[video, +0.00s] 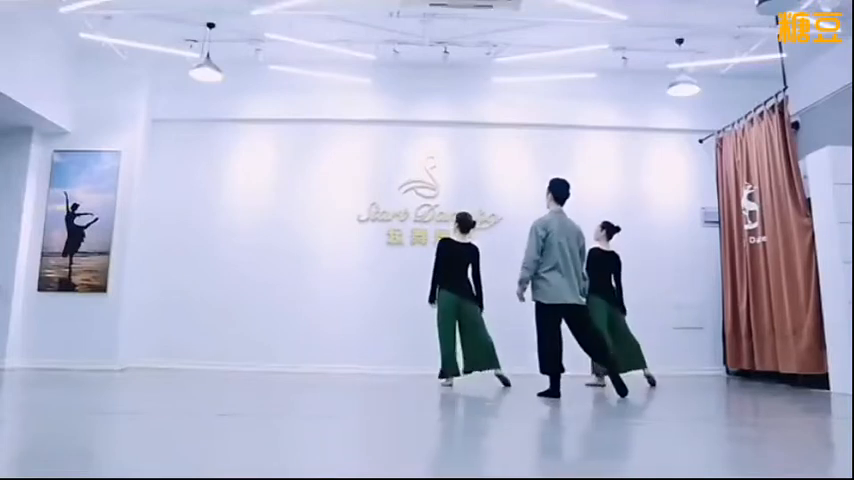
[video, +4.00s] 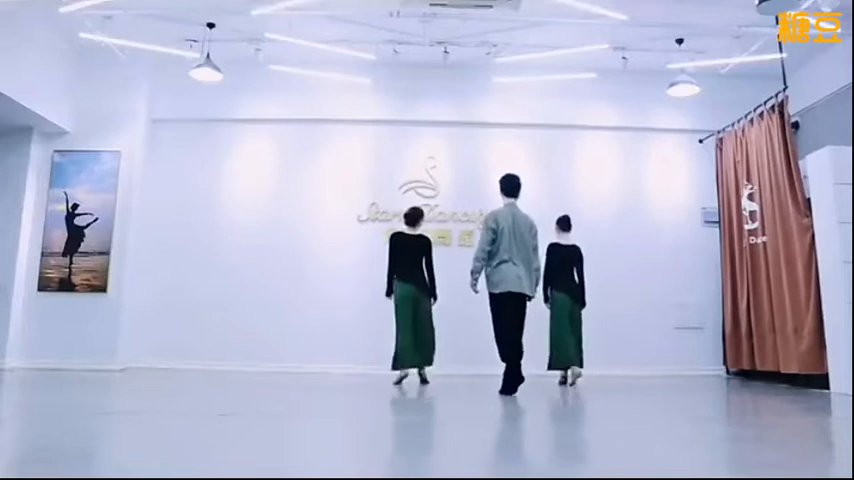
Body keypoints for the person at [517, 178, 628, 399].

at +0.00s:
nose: (545, 197)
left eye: (546, 193)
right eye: (548, 193)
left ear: (549, 195)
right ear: (565, 198)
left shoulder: (541, 225)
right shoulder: (576, 229)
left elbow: (531, 259)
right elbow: (581, 265)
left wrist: (522, 283)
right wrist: (581, 290)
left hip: (547, 295)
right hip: (572, 294)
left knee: (550, 342)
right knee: (589, 337)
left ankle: (554, 387)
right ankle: (614, 374)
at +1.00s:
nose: (541, 196)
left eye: (540, 193)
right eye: (551, 193)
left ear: (539, 195)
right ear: (559, 196)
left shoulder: (530, 226)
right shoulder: (568, 228)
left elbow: (523, 260)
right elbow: (578, 264)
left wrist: (517, 285)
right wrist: (581, 290)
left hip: (542, 296)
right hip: (568, 295)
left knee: (548, 343)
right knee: (589, 338)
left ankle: (554, 387)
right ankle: (611, 376)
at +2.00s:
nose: (541, 197)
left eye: (539, 193)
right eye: (551, 193)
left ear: (537, 196)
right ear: (557, 197)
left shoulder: (528, 226)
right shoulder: (567, 227)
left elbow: (519, 259)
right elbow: (577, 263)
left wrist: (511, 284)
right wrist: (580, 289)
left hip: (540, 296)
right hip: (566, 295)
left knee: (546, 343)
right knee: (587, 337)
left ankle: (553, 387)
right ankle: (611, 376)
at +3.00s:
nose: (517, 234)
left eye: (518, 231)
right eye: (518, 232)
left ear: (521, 231)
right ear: (537, 230)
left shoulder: (519, 248)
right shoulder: (552, 248)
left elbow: (511, 280)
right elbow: (565, 280)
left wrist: (503, 306)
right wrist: (569, 311)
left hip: (534, 303)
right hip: (559, 303)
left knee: (531, 344)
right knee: (529, 341)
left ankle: (551, 385)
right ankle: (525, 368)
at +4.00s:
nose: (502, 192)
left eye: (501, 188)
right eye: (510, 188)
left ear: (501, 190)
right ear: (519, 191)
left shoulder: (494, 217)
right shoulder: (529, 222)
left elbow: (483, 249)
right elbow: (535, 258)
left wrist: (475, 274)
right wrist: (533, 285)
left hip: (498, 282)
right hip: (522, 283)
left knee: (502, 330)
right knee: (516, 332)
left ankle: (515, 370)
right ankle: (509, 382)